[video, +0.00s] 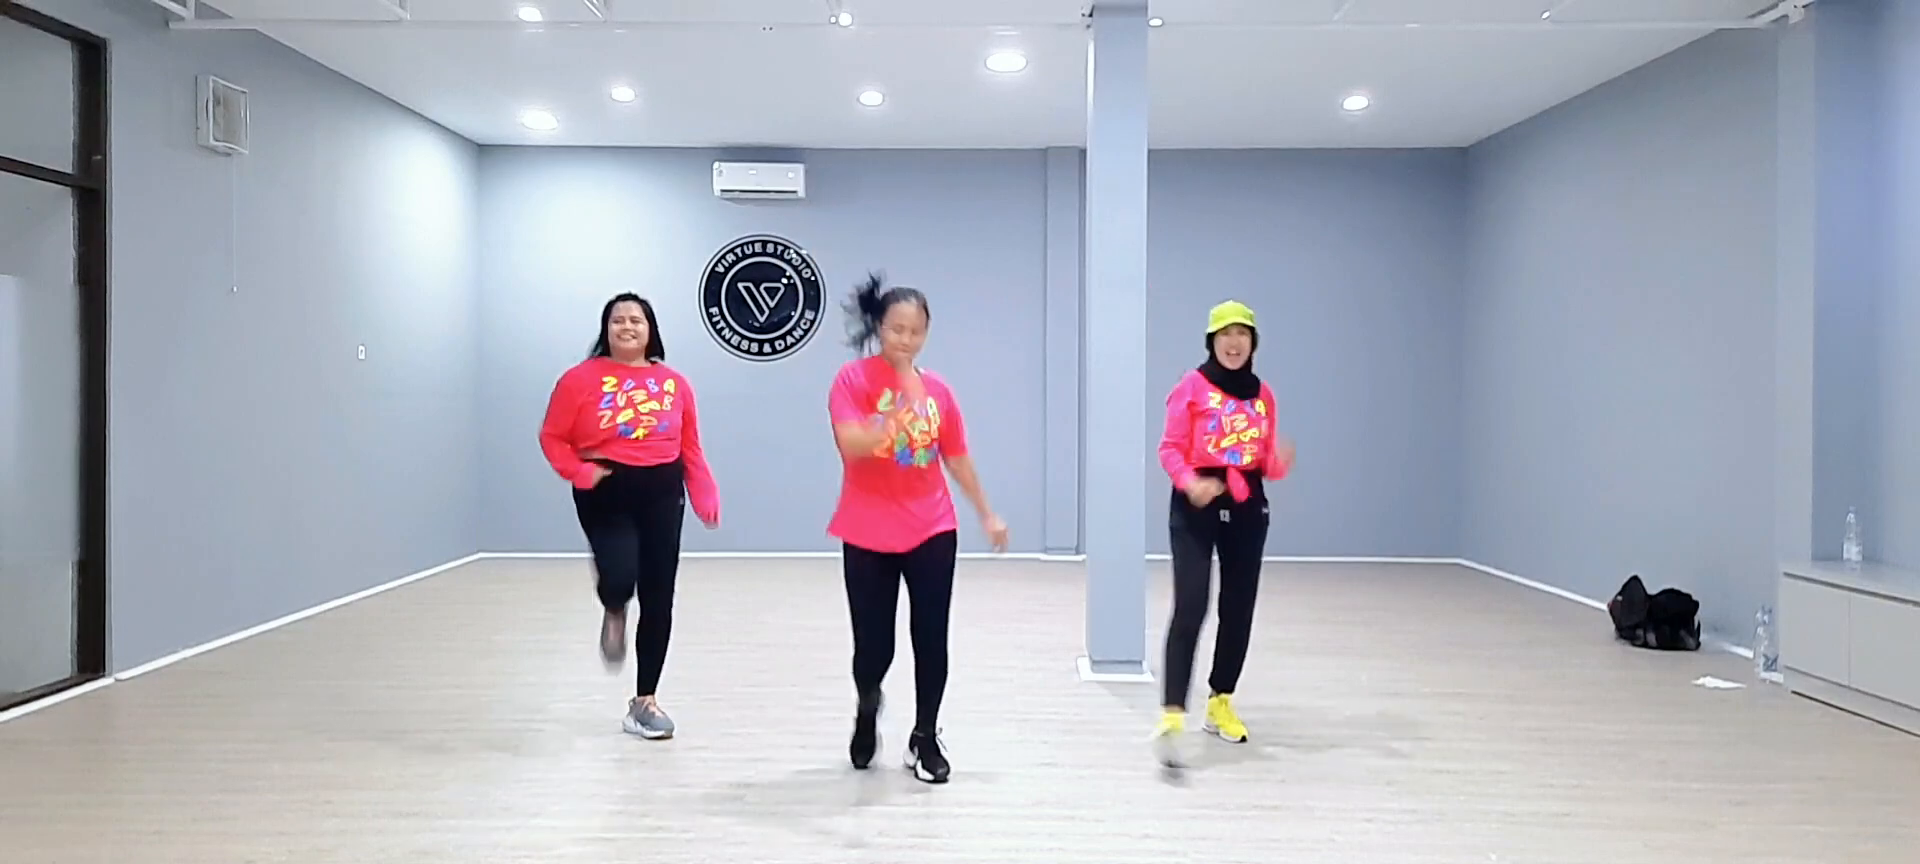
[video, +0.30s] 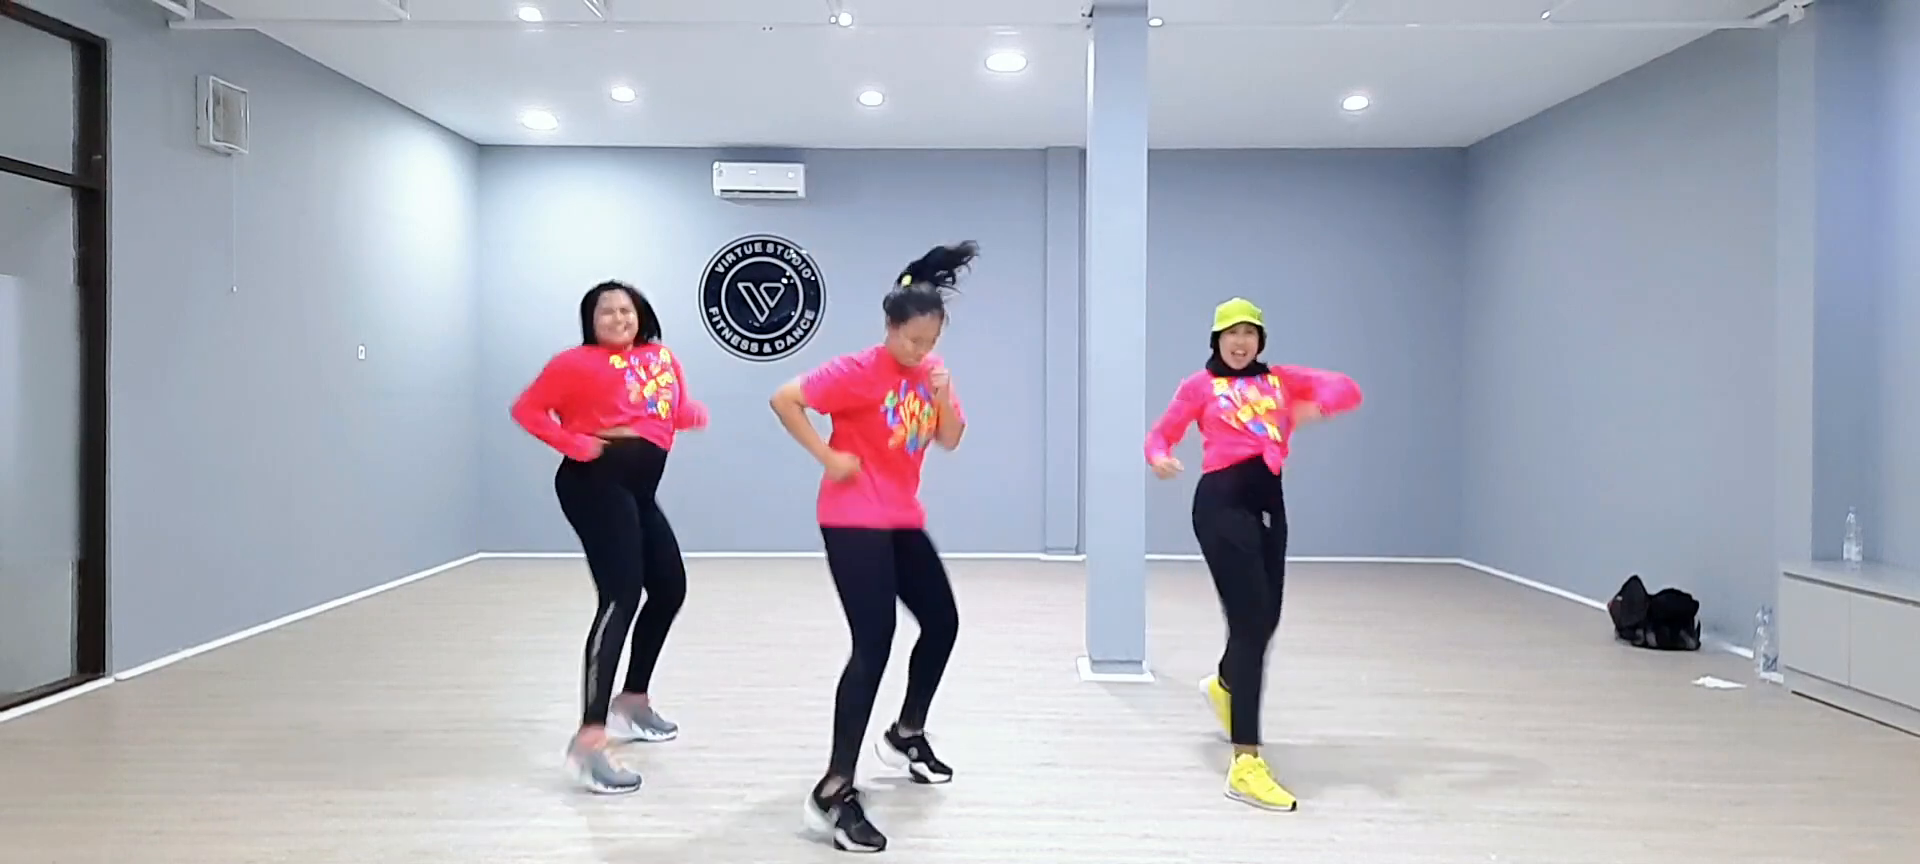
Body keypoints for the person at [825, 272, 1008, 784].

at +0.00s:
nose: (906, 339)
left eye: (916, 330)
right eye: (897, 329)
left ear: (926, 334)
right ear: (878, 329)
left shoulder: (937, 390)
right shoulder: (853, 380)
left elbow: (958, 459)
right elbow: (852, 445)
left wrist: (987, 513)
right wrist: (897, 416)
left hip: (931, 529)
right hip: (868, 531)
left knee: (931, 643)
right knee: (873, 651)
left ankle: (925, 736)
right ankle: (867, 711)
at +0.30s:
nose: (922, 352)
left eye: (929, 343)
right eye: (913, 342)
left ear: (936, 334)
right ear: (889, 330)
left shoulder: (927, 371)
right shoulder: (859, 370)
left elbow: (950, 439)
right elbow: (785, 399)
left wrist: (943, 391)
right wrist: (825, 455)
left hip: (902, 521)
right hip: (854, 521)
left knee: (941, 620)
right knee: (872, 644)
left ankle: (909, 729)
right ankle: (837, 785)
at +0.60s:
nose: (934, 325)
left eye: (936, 316)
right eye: (934, 315)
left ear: (893, 305)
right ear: (918, 308)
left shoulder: (854, 347)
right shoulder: (911, 355)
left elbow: (815, 387)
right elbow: (924, 427)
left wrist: (851, 424)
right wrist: (962, 402)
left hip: (827, 508)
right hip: (868, 513)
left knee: (878, 626)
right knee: (885, 634)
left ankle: (858, 745)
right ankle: (844, 775)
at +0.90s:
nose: (850, 323)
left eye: (853, 315)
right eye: (853, 314)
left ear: (864, 318)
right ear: (901, 316)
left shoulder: (839, 374)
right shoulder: (932, 375)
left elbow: (812, 450)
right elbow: (941, 449)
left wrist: (825, 495)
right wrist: (895, 466)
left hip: (842, 526)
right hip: (908, 528)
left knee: (842, 637)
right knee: (910, 614)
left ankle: (835, 761)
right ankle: (914, 697)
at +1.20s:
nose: (879, 332)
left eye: (890, 325)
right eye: (878, 324)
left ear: (918, 335)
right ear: (886, 334)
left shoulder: (918, 385)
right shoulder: (898, 387)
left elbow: (907, 453)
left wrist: (867, 413)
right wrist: (877, 474)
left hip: (933, 521)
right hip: (915, 522)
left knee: (863, 608)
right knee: (905, 623)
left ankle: (880, 745)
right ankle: (957, 727)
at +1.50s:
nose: (911, 302)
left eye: (921, 295)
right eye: (902, 295)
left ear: (938, 304)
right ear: (891, 304)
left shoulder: (961, 356)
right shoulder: (876, 355)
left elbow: (1015, 388)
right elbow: (853, 408)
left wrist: (1037, 441)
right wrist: (822, 426)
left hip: (968, 498)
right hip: (915, 504)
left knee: (947, 607)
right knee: (927, 616)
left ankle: (988, 722)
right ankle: (978, 709)